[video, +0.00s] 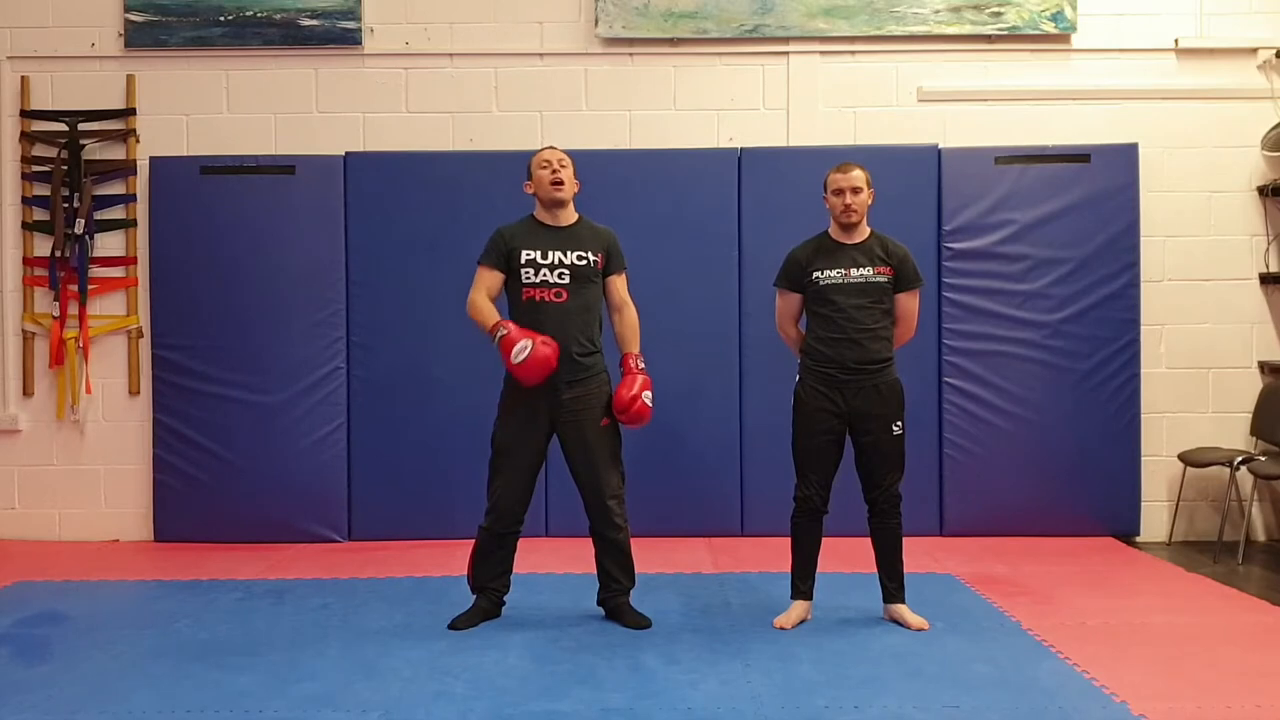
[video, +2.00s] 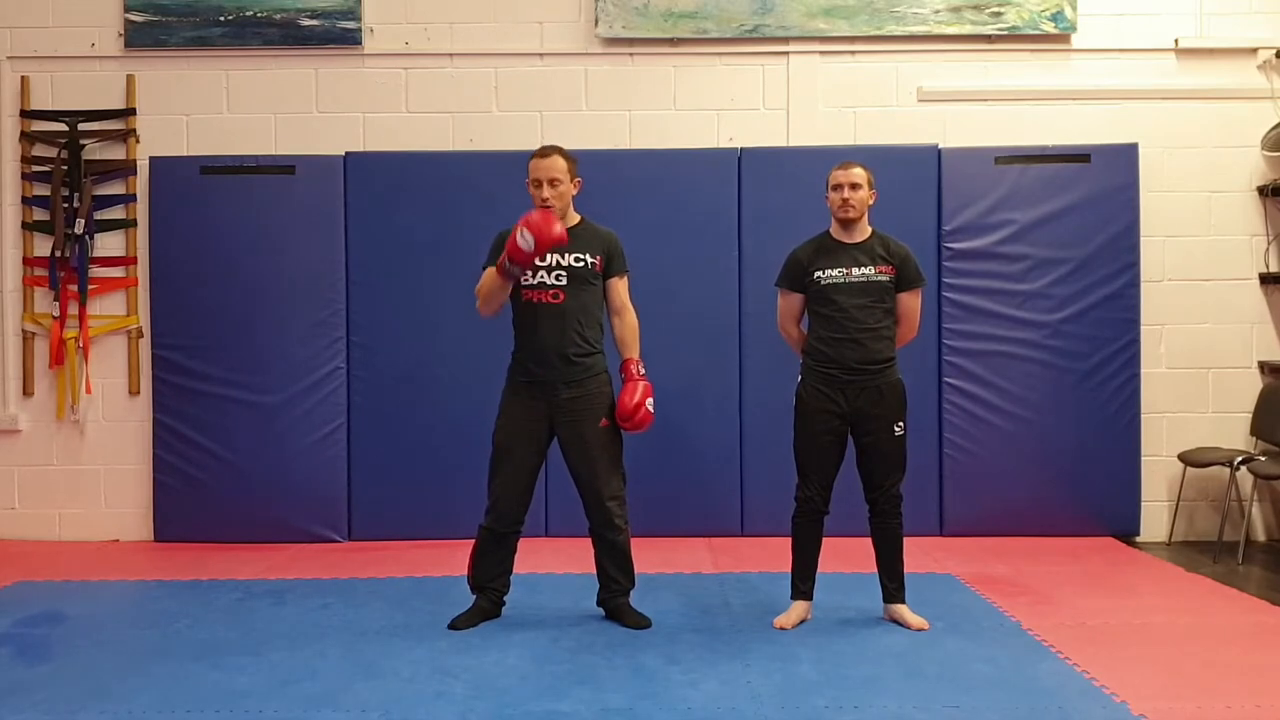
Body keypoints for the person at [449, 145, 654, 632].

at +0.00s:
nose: (557, 171)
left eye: (563, 165)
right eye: (546, 167)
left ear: (576, 182)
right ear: (531, 187)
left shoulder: (602, 240)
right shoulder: (508, 239)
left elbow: (622, 307)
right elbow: (478, 298)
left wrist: (634, 367)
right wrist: (505, 333)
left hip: (587, 387)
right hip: (527, 388)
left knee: (607, 498)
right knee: (505, 497)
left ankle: (617, 597)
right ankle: (488, 597)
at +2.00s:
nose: (543, 192)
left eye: (552, 183)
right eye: (535, 184)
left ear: (575, 185)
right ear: (527, 188)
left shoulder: (603, 242)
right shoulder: (514, 240)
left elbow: (622, 311)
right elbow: (486, 305)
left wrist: (633, 373)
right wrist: (515, 257)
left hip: (587, 389)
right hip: (527, 389)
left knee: (607, 500)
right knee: (505, 498)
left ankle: (616, 598)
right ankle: (488, 597)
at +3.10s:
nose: (612, 188)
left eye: (612, 180)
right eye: (602, 179)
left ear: (594, 186)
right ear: (569, 184)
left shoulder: (602, 246)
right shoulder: (530, 238)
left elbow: (606, 310)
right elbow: (501, 304)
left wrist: (637, 347)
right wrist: (562, 319)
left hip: (594, 390)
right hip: (540, 392)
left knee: (608, 497)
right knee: (514, 498)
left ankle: (614, 595)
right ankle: (489, 596)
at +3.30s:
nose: (649, 192)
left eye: (650, 184)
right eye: (640, 183)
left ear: (627, 189)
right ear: (609, 185)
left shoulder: (633, 250)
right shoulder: (565, 231)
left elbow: (651, 312)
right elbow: (530, 291)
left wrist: (701, 314)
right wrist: (586, 318)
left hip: (614, 388)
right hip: (560, 386)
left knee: (619, 496)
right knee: (529, 494)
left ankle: (615, 594)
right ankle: (491, 590)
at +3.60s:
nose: (671, 191)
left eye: (674, 183)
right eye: (662, 180)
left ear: (671, 189)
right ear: (632, 181)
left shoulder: (663, 251)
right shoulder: (589, 227)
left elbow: (674, 315)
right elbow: (547, 286)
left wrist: (719, 314)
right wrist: (595, 319)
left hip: (633, 380)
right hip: (582, 375)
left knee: (631, 489)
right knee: (579, 485)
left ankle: (616, 593)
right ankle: (567, 598)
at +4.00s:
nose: (640, 188)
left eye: (647, 178)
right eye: (629, 179)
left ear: (655, 182)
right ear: (608, 183)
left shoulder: (665, 242)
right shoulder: (584, 240)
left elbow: (666, 294)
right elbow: (556, 307)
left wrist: (686, 322)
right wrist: (606, 336)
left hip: (664, 385)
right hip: (608, 389)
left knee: (703, 480)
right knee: (601, 500)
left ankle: (674, 573)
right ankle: (602, 607)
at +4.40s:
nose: (712, 190)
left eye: (713, 181)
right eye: (702, 180)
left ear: (706, 188)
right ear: (671, 183)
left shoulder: (705, 246)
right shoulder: (636, 241)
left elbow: (711, 306)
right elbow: (614, 310)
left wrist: (735, 309)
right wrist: (674, 332)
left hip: (705, 390)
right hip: (654, 390)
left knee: (717, 495)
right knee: (632, 498)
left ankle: (693, 595)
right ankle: (607, 605)